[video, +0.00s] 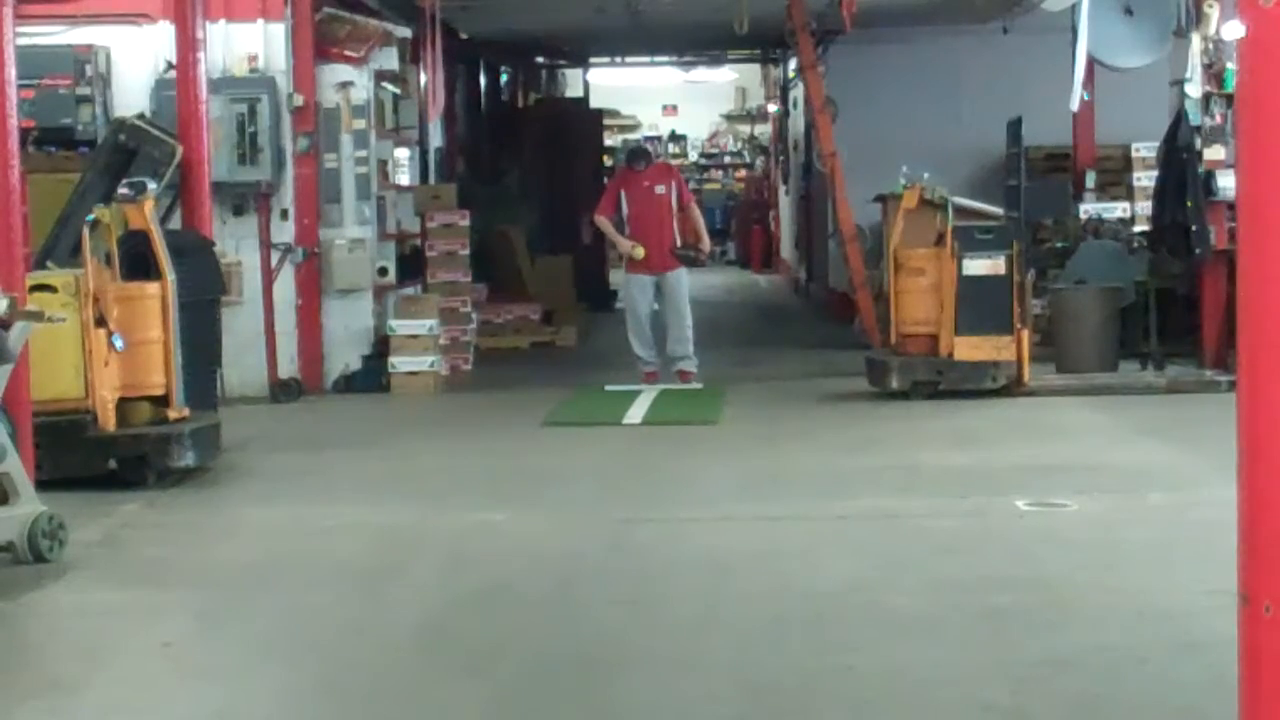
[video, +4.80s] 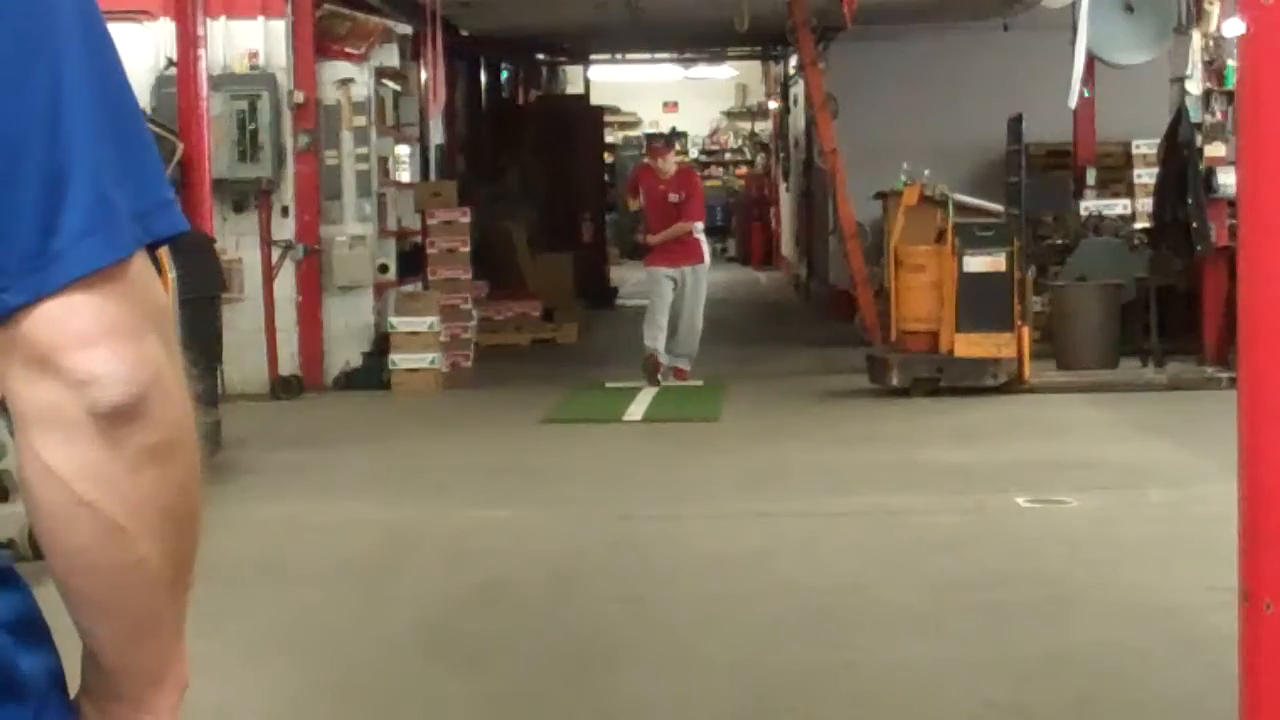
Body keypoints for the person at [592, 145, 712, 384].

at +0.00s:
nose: (639, 174)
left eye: (643, 169)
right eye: (634, 171)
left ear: (651, 160)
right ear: (628, 165)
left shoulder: (669, 173)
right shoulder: (621, 178)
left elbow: (690, 205)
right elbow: (600, 216)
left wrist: (703, 237)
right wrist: (619, 241)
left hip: (671, 261)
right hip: (638, 264)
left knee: (680, 314)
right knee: (638, 316)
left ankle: (685, 365)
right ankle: (648, 366)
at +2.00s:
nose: (674, 165)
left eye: (679, 160)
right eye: (671, 160)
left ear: (689, 154)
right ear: (665, 153)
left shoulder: (705, 173)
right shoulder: (652, 170)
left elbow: (720, 209)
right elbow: (623, 193)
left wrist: (728, 242)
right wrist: (635, 227)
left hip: (691, 260)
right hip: (655, 256)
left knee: (691, 314)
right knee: (650, 309)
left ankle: (686, 363)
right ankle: (651, 360)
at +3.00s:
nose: (648, 147)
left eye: (653, 141)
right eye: (642, 142)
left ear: (659, 142)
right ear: (633, 145)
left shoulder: (677, 170)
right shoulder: (625, 172)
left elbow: (700, 202)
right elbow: (598, 206)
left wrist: (711, 234)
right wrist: (611, 238)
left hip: (678, 256)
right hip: (644, 257)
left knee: (684, 313)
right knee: (645, 313)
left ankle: (685, 364)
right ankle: (651, 368)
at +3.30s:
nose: (637, 151)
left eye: (641, 144)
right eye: (632, 147)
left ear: (651, 144)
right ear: (626, 150)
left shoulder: (673, 167)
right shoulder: (623, 174)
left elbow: (684, 206)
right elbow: (602, 204)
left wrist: (672, 242)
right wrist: (613, 236)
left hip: (676, 252)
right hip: (642, 255)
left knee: (683, 310)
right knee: (644, 312)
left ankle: (683, 363)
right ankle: (651, 367)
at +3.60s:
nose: (638, 146)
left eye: (643, 140)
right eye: (633, 142)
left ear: (653, 141)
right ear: (627, 145)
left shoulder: (669, 169)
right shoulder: (622, 171)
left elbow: (665, 211)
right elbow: (611, 200)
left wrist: (634, 232)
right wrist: (618, 214)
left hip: (675, 257)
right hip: (641, 257)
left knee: (681, 314)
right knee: (643, 317)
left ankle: (683, 362)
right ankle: (651, 368)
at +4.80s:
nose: (659, 163)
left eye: (663, 157)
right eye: (654, 158)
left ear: (673, 153)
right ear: (648, 157)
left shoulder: (689, 178)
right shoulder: (643, 173)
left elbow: (690, 223)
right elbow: (631, 194)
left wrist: (657, 238)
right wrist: (634, 205)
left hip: (691, 256)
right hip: (659, 255)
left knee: (689, 313)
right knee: (658, 305)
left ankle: (682, 362)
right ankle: (654, 357)